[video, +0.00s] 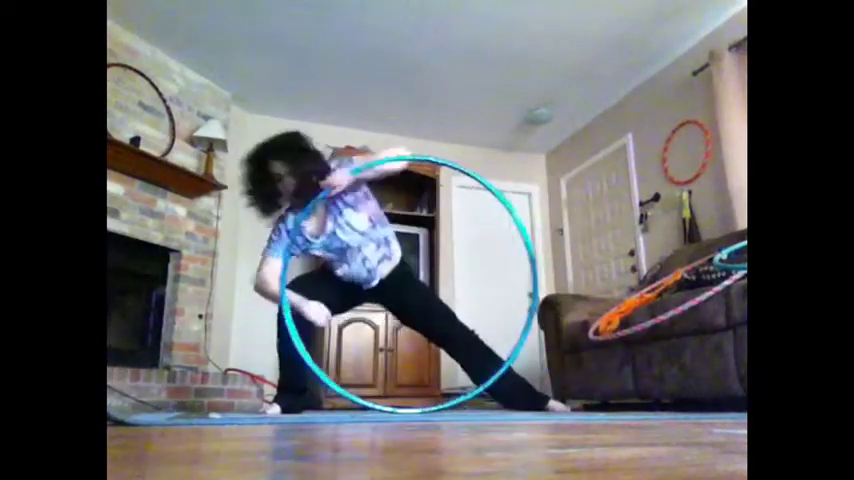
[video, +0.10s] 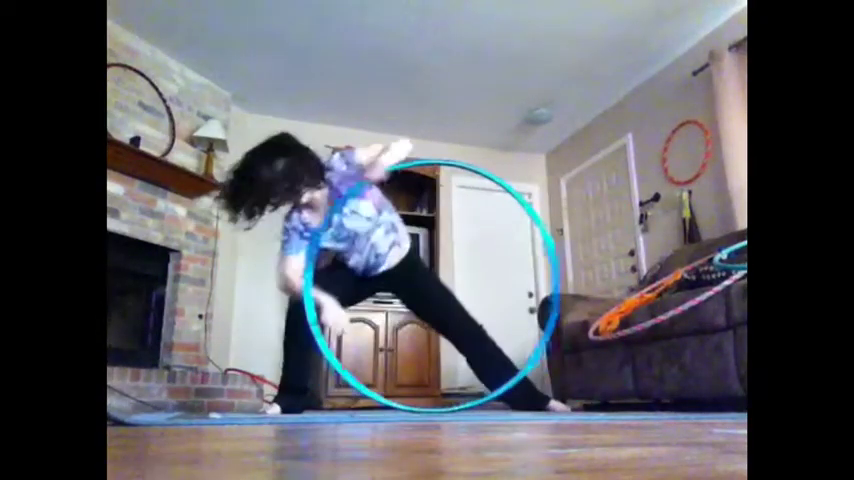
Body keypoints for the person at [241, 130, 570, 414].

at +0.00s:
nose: (282, 187)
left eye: (285, 176)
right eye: (275, 183)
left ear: (305, 166)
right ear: (272, 188)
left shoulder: (343, 174)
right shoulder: (288, 225)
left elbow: (401, 159)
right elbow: (264, 280)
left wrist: (354, 174)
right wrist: (300, 300)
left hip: (391, 275)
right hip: (343, 282)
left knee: (455, 336)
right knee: (291, 303)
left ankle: (535, 404)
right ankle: (294, 402)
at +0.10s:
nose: (296, 206)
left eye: (296, 196)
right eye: (286, 203)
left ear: (308, 175)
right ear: (281, 200)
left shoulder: (343, 168)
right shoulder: (298, 222)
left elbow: (402, 146)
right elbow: (290, 277)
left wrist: (381, 163)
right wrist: (324, 302)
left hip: (400, 262)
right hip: (351, 273)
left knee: (463, 328)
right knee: (301, 306)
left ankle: (532, 402)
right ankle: (292, 402)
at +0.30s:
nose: (323, 194)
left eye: (323, 183)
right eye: (313, 193)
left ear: (330, 164)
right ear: (305, 194)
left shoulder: (371, 159)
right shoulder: (323, 211)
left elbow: (418, 155)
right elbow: (330, 264)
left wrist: (429, 159)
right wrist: (365, 290)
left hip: (423, 257)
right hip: (372, 269)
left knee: (489, 318)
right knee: (321, 314)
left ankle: (532, 399)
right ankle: (293, 400)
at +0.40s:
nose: (362, 188)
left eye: (362, 177)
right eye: (353, 185)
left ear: (369, 159)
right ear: (345, 183)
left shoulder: (409, 157)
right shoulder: (354, 203)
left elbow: (459, 156)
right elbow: (359, 256)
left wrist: (498, 173)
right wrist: (389, 273)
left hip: (440, 261)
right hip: (392, 270)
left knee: (509, 313)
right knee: (338, 324)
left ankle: (534, 403)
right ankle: (290, 404)